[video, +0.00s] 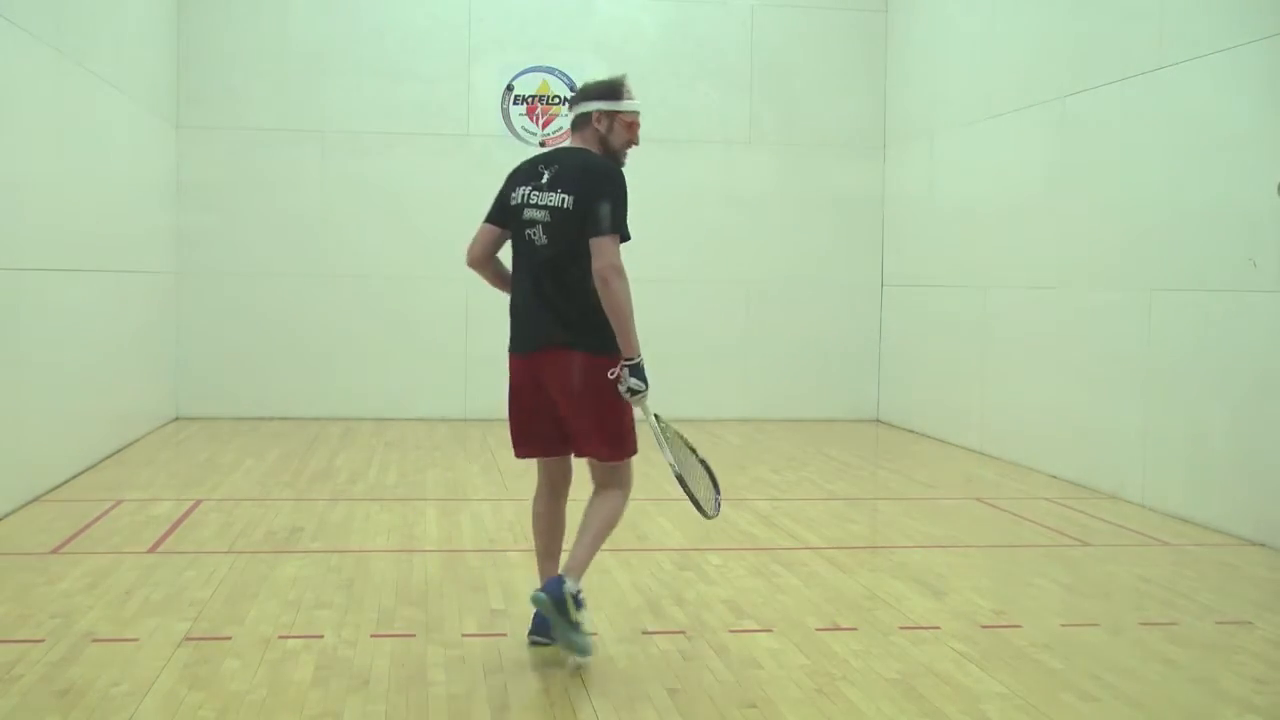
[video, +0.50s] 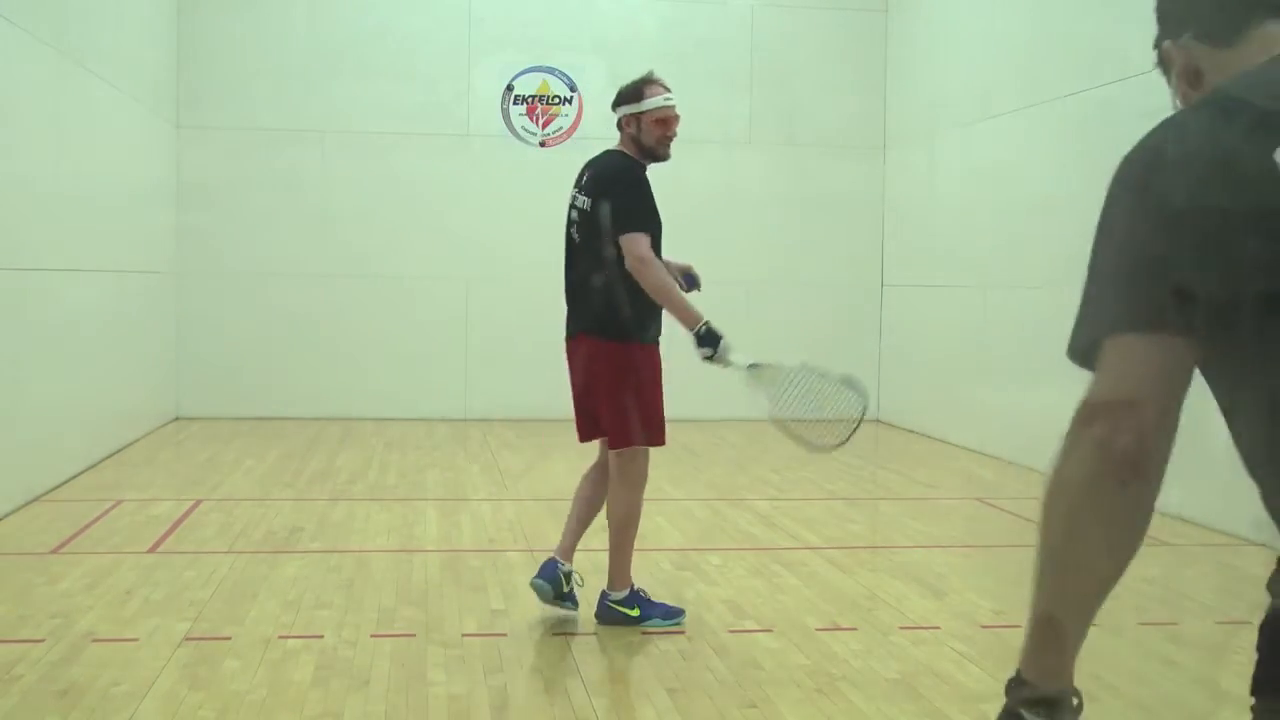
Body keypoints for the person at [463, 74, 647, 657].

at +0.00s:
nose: (635, 137)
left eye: (636, 126)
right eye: (629, 126)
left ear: (581, 125)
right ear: (599, 123)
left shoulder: (524, 173)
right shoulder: (602, 175)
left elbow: (479, 255)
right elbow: (606, 268)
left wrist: (526, 291)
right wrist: (632, 357)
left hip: (531, 355)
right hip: (586, 354)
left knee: (551, 477)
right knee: (613, 482)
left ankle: (549, 610)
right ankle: (566, 587)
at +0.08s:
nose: (644, 132)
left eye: (644, 121)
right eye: (635, 121)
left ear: (588, 124)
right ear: (600, 121)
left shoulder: (538, 168)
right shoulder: (605, 171)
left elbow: (501, 252)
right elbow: (606, 265)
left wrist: (552, 282)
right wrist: (632, 352)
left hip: (538, 353)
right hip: (592, 352)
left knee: (553, 476)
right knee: (623, 473)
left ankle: (549, 606)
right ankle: (590, 593)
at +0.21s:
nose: (655, 131)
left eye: (655, 120)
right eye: (647, 121)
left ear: (608, 122)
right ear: (612, 120)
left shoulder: (556, 167)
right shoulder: (612, 173)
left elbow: (535, 253)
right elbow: (607, 266)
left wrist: (616, 276)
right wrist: (637, 346)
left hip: (549, 348)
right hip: (603, 349)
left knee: (561, 470)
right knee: (628, 468)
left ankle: (551, 599)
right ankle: (620, 593)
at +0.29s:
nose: (662, 131)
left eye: (662, 122)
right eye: (653, 122)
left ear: (617, 125)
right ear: (620, 123)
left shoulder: (571, 169)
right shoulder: (615, 175)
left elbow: (581, 258)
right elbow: (612, 266)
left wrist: (643, 270)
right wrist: (649, 346)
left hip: (560, 346)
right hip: (608, 350)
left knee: (573, 465)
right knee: (634, 465)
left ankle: (550, 594)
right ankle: (621, 592)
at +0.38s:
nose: (668, 131)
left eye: (668, 121)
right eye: (659, 122)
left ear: (623, 126)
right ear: (624, 125)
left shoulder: (581, 171)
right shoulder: (621, 179)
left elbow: (597, 252)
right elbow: (622, 268)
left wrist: (658, 265)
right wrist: (667, 343)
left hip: (575, 345)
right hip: (618, 349)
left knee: (590, 462)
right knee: (636, 463)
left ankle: (552, 578)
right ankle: (621, 591)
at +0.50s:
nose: (673, 131)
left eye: (674, 122)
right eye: (664, 122)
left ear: (635, 126)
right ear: (630, 125)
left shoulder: (598, 170)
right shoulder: (627, 176)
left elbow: (609, 256)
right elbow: (639, 259)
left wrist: (667, 271)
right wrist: (698, 326)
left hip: (592, 340)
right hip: (622, 345)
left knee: (613, 454)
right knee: (630, 463)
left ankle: (557, 567)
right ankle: (619, 593)